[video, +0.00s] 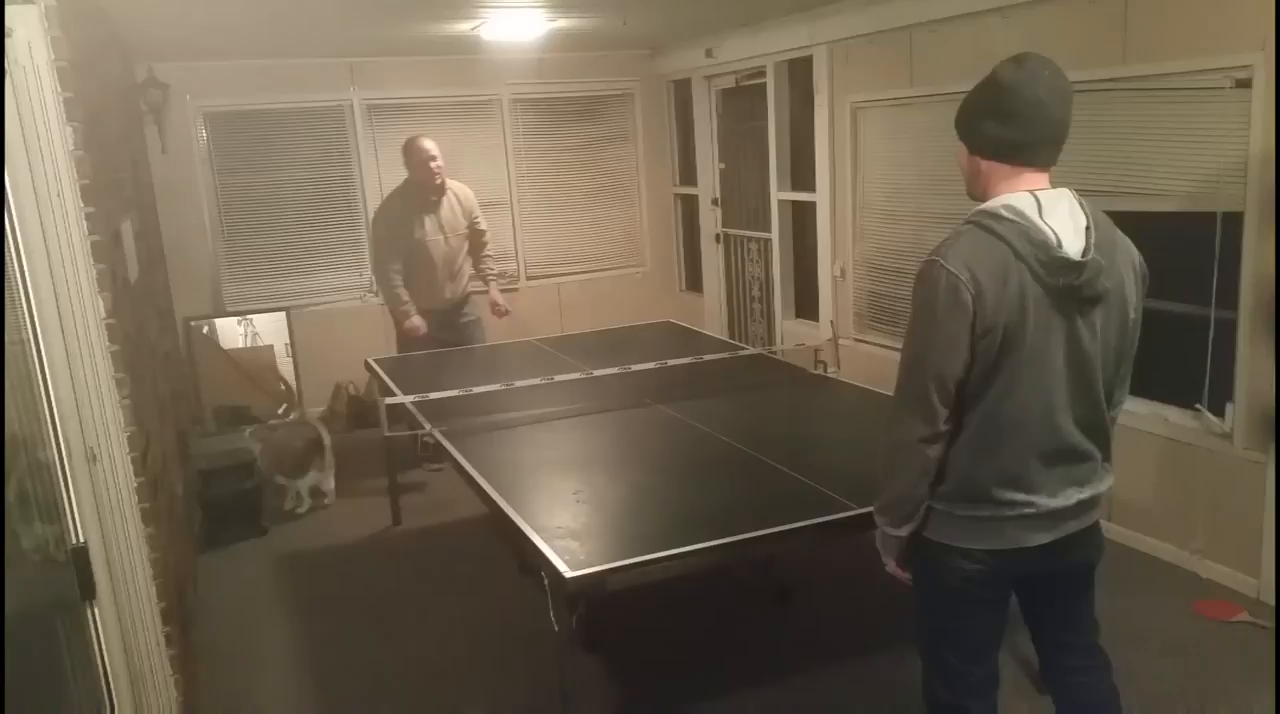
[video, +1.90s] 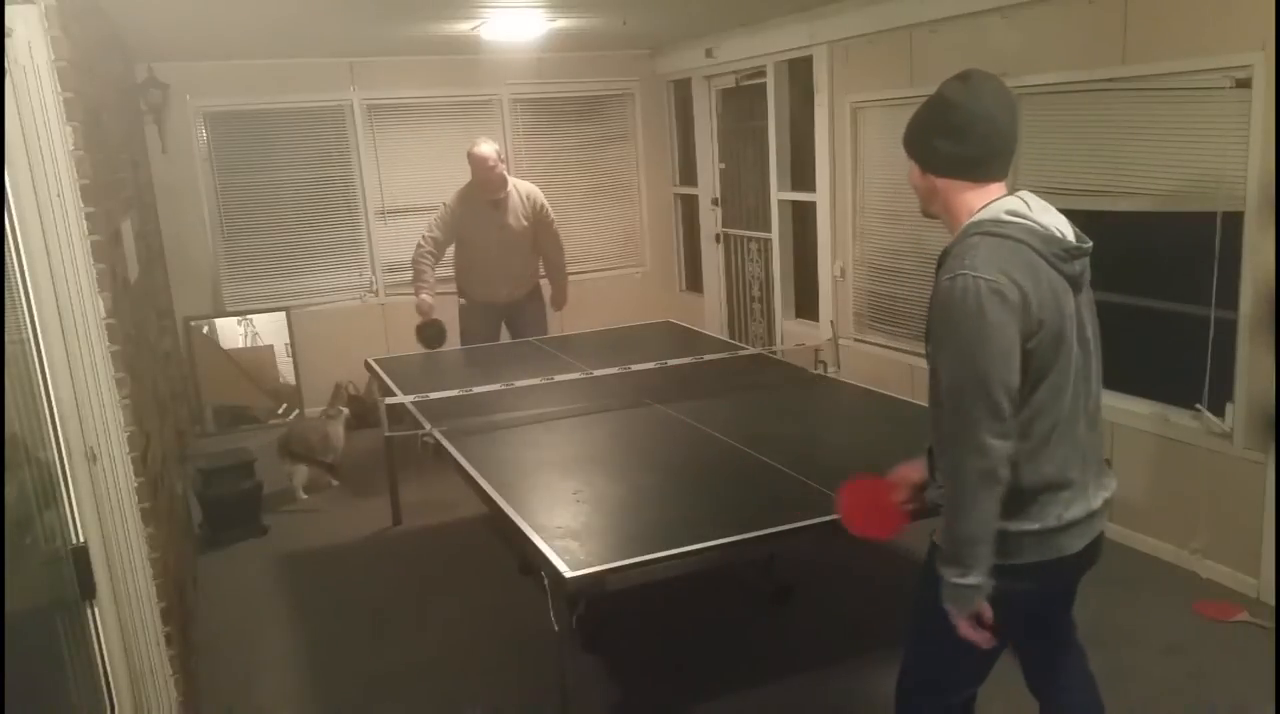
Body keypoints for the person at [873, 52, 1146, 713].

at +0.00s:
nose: (963, 161)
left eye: (963, 147)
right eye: (963, 146)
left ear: (975, 155)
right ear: (1053, 147)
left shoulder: (960, 266)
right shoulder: (1120, 254)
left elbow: (921, 419)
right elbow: (1110, 396)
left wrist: (893, 532)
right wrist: (1076, 490)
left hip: (970, 537)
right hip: (1072, 529)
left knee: (961, 690)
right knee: (1078, 667)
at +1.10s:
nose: (918, 180)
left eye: (917, 165)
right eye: (917, 163)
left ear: (935, 168)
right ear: (1003, 153)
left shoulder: (952, 269)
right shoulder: (1071, 237)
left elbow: (927, 428)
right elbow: (1086, 376)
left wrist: (890, 547)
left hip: (981, 549)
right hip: (1075, 532)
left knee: (925, 693)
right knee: (1065, 660)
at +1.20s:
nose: (902, 198)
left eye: (901, 184)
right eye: (899, 183)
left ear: (920, 185)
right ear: (984, 162)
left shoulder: (962, 275)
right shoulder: (1046, 236)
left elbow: (941, 444)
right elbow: (1014, 400)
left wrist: (893, 559)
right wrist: (896, 450)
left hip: (997, 548)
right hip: (1075, 524)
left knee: (917, 694)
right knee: (1053, 658)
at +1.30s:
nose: (893, 209)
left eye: (892, 194)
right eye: (890, 194)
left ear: (918, 197)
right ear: (973, 177)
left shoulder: (981, 279)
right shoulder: (1021, 245)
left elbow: (964, 453)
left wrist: (904, 570)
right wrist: (818, 422)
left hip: (1015, 548)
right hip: (1070, 523)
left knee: (913, 695)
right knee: (1040, 662)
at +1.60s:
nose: (897, 184)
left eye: (899, 171)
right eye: (898, 170)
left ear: (924, 178)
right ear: (979, 166)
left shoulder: (1001, 276)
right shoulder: (991, 243)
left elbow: (1009, 450)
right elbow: (910, 350)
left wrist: (999, 594)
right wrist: (796, 391)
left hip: (994, 544)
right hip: (1040, 527)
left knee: (922, 697)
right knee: (1044, 666)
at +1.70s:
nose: (906, 181)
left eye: (907, 168)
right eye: (906, 167)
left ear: (927, 176)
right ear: (988, 161)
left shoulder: (994, 279)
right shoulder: (1018, 240)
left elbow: (1008, 451)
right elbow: (938, 377)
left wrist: (1011, 594)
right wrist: (836, 422)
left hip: (993, 543)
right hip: (1048, 525)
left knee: (925, 695)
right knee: (1050, 665)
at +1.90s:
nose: (911, 175)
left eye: (912, 163)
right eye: (912, 161)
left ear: (926, 173)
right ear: (997, 157)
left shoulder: (976, 276)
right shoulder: (1043, 233)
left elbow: (978, 448)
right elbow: (1026, 396)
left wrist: (964, 578)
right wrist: (934, 465)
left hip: (1007, 549)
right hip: (1069, 526)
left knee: (929, 697)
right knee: (1057, 665)